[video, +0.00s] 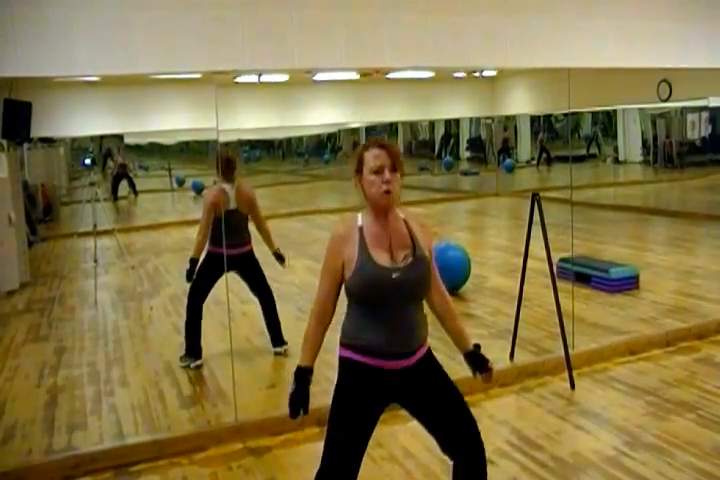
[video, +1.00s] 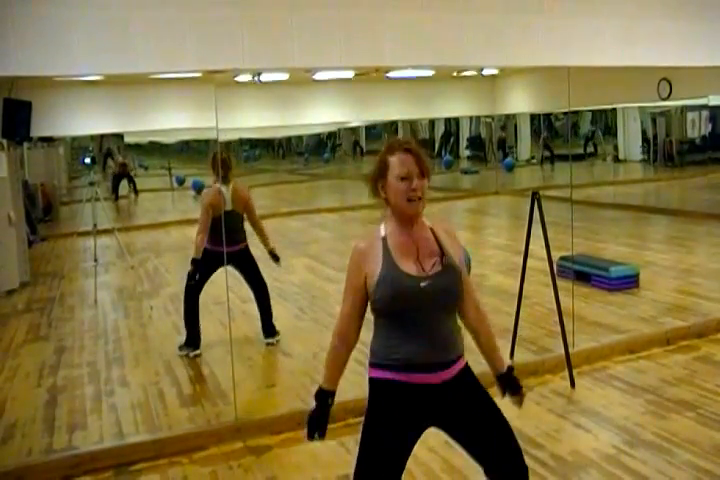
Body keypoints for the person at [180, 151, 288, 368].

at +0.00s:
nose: (226, 169)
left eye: (223, 165)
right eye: (230, 164)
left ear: (217, 169)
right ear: (236, 167)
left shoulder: (212, 195)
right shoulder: (246, 192)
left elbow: (204, 232)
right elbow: (260, 225)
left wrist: (193, 260)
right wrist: (275, 249)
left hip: (217, 259)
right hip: (244, 257)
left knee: (195, 299)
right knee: (265, 294)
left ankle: (193, 354)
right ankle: (278, 342)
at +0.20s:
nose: (224, 164)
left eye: (222, 161)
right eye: (228, 160)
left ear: (218, 164)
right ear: (235, 163)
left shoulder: (213, 189)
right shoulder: (246, 188)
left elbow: (204, 225)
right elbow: (256, 221)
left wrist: (196, 253)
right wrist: (267, 249)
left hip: (218, 252)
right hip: (244, 251)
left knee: (200, 299)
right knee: (264, 294)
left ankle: (194, 353)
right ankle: (278, 342)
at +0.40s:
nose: (226, 178)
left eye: (221, 175)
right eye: (231, 174)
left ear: (216, 177)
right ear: (235, 176)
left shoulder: (212, 200)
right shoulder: (245, 198)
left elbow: (199, 235)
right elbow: (260, 229)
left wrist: (186, 265)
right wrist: (275, 255)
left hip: (221, 262)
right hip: (248, 261)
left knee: (195, 300)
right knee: (268, 294)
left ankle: (194, 353)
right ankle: (278, 341)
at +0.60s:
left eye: (215, 163)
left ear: (214, 165)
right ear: (233, 164)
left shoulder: (211, 188)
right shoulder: (245, 187)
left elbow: (194, 220)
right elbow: (263, 214)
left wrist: (179, 245)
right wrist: (279, 231)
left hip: (220, 253)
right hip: (246, 251)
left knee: (198, 297)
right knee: (265, 291)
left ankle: (194, 352)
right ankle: (278, 339)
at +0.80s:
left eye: (214, 153)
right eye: (231, 152)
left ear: (214, 154)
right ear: (233, 153)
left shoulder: (210, 181)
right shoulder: (244, 177)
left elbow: (200, 216)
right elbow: (260, 206)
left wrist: (189, 243)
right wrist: (275, 226)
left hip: (214, 240)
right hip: (240, 240)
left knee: (197, 286)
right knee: (258, 281)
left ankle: (194, 338)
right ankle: (271, 329)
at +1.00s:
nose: (215, 172)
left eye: (213, 168)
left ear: (213, 170)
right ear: (231, 169)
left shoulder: (209, 195)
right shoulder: (241, 192)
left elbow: (203, 231)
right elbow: (255, 223)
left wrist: (195, 258)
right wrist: (269, 248)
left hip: (213, 254)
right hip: (240, 253)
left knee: (191, 292)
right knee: (259, 287)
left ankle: (192, 343)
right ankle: (269, 331)